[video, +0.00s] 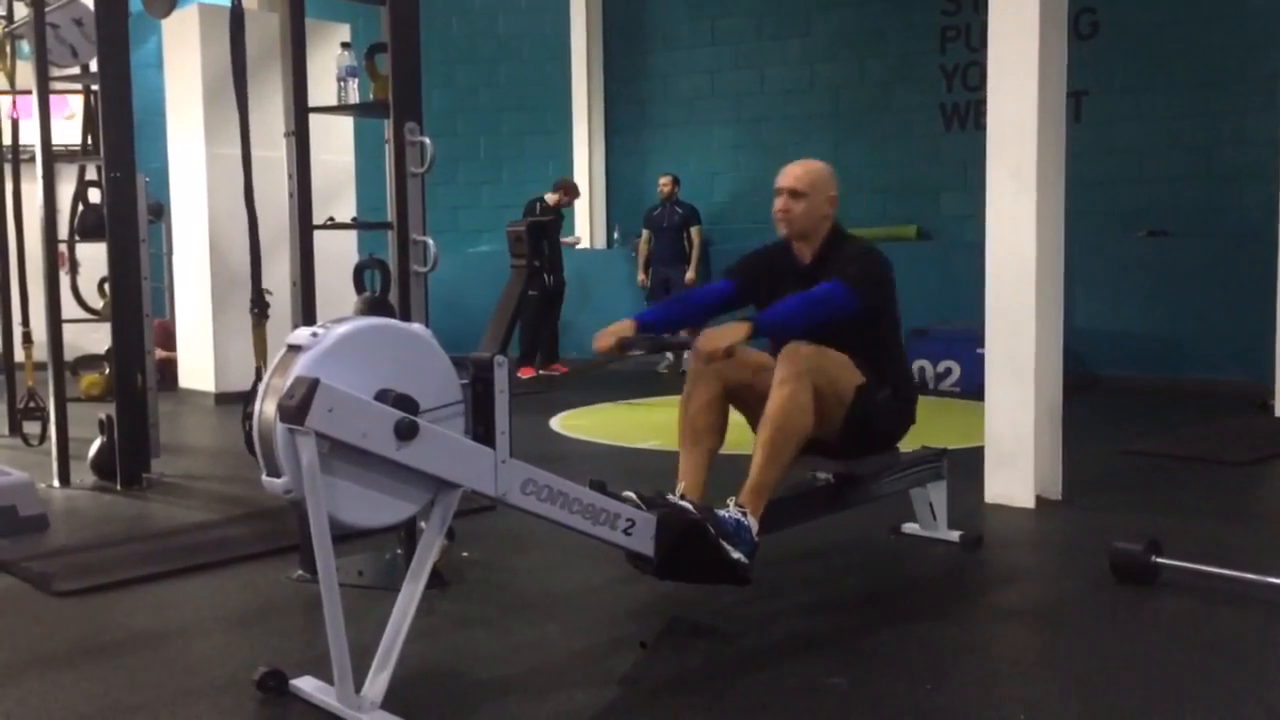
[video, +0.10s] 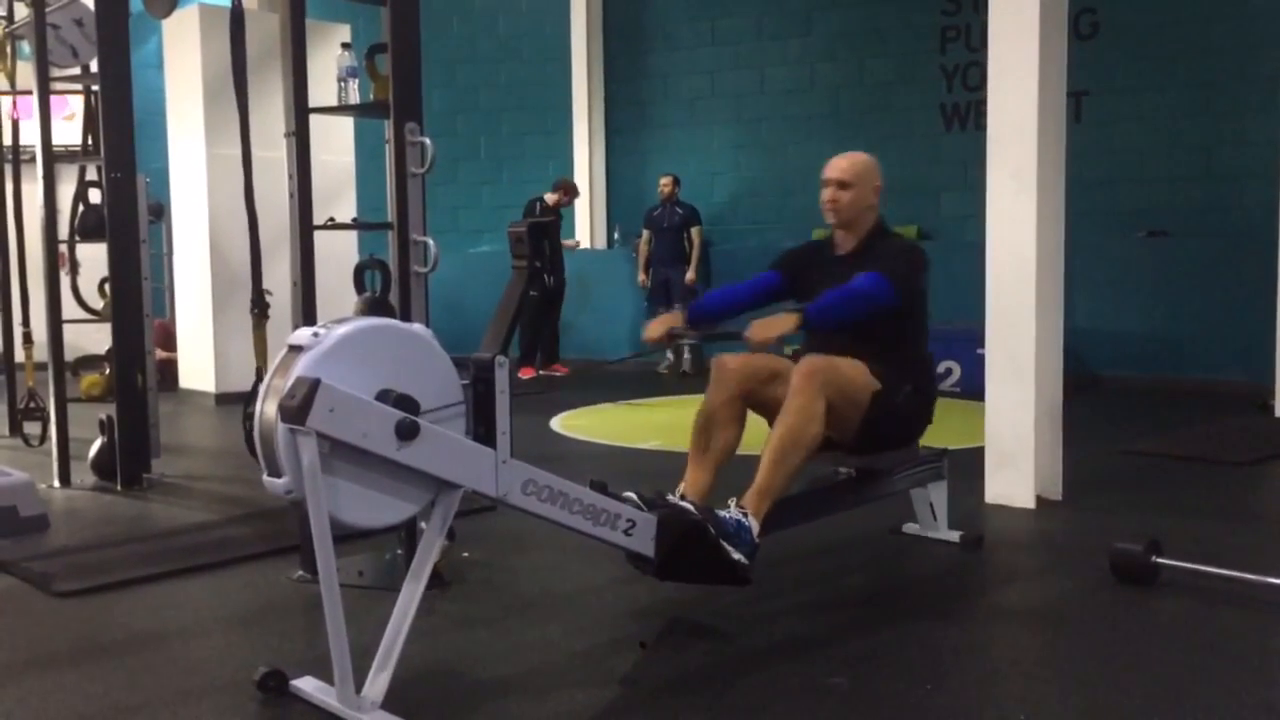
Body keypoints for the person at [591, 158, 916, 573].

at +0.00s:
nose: (781, 206)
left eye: (795, 196)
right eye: (777, 195)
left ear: (829, 205)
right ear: (772, 201)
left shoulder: (863, 263)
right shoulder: (771, 261)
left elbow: (824, 303)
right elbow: (709, 298)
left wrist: (751, 325)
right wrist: (635, 324)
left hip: (873, 416)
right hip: (801, 415)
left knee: (798, 356)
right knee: (708, 359)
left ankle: (745, 520)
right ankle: (686, 503)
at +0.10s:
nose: (830, 196)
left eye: (843, 187)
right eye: (825, 187)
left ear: (875, 194)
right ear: (819, 193)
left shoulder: (902, 257)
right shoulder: (810, 257)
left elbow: (861, 296)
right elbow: (751, 292)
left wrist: (797, 319)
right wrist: (684, 316)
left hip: (893, 407)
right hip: (819, 404)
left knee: (813, 370)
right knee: (728, 370)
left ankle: (747, 521)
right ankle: (688, 503)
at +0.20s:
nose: (872, 194)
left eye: (885, 184)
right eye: (868, 184)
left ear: (915, 192)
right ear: (862, 190)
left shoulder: (937, 255)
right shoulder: (846, 256)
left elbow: (903, 296)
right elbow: (793, 295)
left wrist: (845, 317)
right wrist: (732, 320)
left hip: (909, 397)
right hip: (837, 389)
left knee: (825, 390)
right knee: (747, 385)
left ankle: (748, 521)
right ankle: (686, 504)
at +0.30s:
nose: (911, 203)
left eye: (924, 195)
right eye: (906, 194)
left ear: (953, 205)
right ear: (900, 201)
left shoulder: (974, 261)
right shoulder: (876, 263)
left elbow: (951, 310)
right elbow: (830, 310)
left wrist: (891, 320)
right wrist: (780, 327)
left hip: (925, 392)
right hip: (859, 380)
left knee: (835, 410)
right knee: (769, 402)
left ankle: (749, 522)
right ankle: (686, 504)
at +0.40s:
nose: (940, 223)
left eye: (953, 215)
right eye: (935, 214)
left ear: (978, 223)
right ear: (929, 220)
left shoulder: (1001, 281)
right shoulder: (904, 277)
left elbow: (996, 334)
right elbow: (863, 328)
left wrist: (940, 326)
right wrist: (825, 333)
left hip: (931, 385)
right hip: (874, 370)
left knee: (842, 433)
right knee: (800, 420)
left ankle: (751, 519)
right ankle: (689, 503)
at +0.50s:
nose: (949, 238)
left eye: (961, 230)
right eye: (945, 229)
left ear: (990, 238)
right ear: (940, 236)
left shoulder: (1009, 296)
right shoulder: (916, 290)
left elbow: (1042, 355)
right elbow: (867, 356)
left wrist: (986, 318)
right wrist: (853, 333)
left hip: (930, 388)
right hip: (874, 377)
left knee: (846, 445)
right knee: (801, 429)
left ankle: (755, 524)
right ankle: (693, 507)